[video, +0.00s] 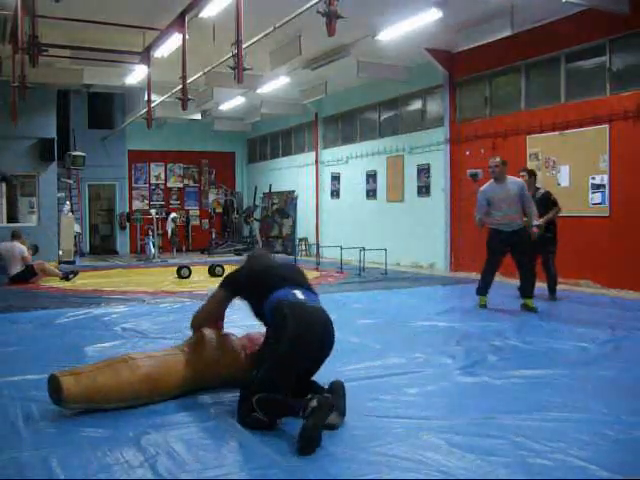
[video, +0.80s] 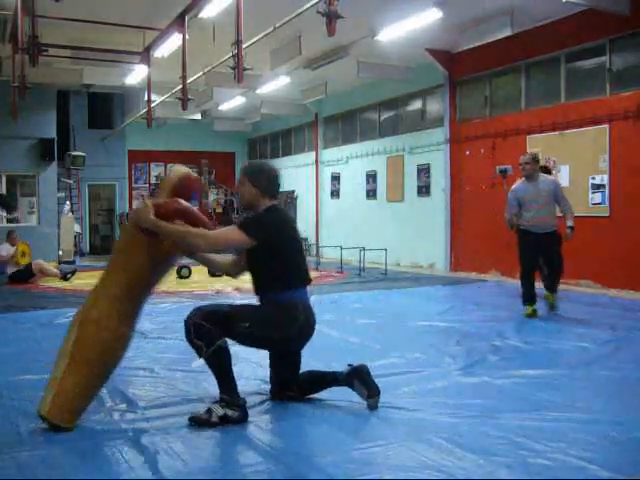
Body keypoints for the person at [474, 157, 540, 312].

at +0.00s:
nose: (493, 170)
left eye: (496, 166)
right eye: (491, 167)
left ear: (504, 167)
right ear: (489, 169)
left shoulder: (519, 185)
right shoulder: (485, 191)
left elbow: (530, 205)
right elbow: (480, 214)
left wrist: (534, 224)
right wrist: (481, 220)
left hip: (519, 230)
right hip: (497, 231)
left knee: (526, 266)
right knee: (491, 264)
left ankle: (527, 298)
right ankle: (482, 295)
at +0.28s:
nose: (509, 169)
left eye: (512, 165)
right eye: (507, 166)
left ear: (521, 167)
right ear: (505, 169)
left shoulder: (536, 183)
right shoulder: (502, 190)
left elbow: (550, 204)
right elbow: (496, 213)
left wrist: (555, 221)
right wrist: (497, 220)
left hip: (535, 229)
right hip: (514, 229)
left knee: (534, 266)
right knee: (512, 264)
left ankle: (529, 300)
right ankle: (505, 293)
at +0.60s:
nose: (518, 168)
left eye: (521, 164)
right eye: (515, 165)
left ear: (530, 166)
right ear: (514, 168)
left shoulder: (544, 183)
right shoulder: (510, 190)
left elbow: (558, 204)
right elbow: (504, 215)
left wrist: (562, 222)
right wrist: (506, 218)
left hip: (543, 231)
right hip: (523, 231)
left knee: (541, 269)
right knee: (526, 268)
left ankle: (531, 300)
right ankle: (527, 303)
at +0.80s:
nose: (523, 168)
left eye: (527, 164)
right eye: (521, 165)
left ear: (536, 165)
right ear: (520, 168)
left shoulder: (551, 184)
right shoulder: (516, 190)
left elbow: (565, 206)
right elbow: (510, 214)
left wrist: (570, 224)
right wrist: (512, 222)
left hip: (549, 231)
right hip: (527, 231)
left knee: (555, 266)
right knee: (527, 269)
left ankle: (550, 291)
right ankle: (529, 304)